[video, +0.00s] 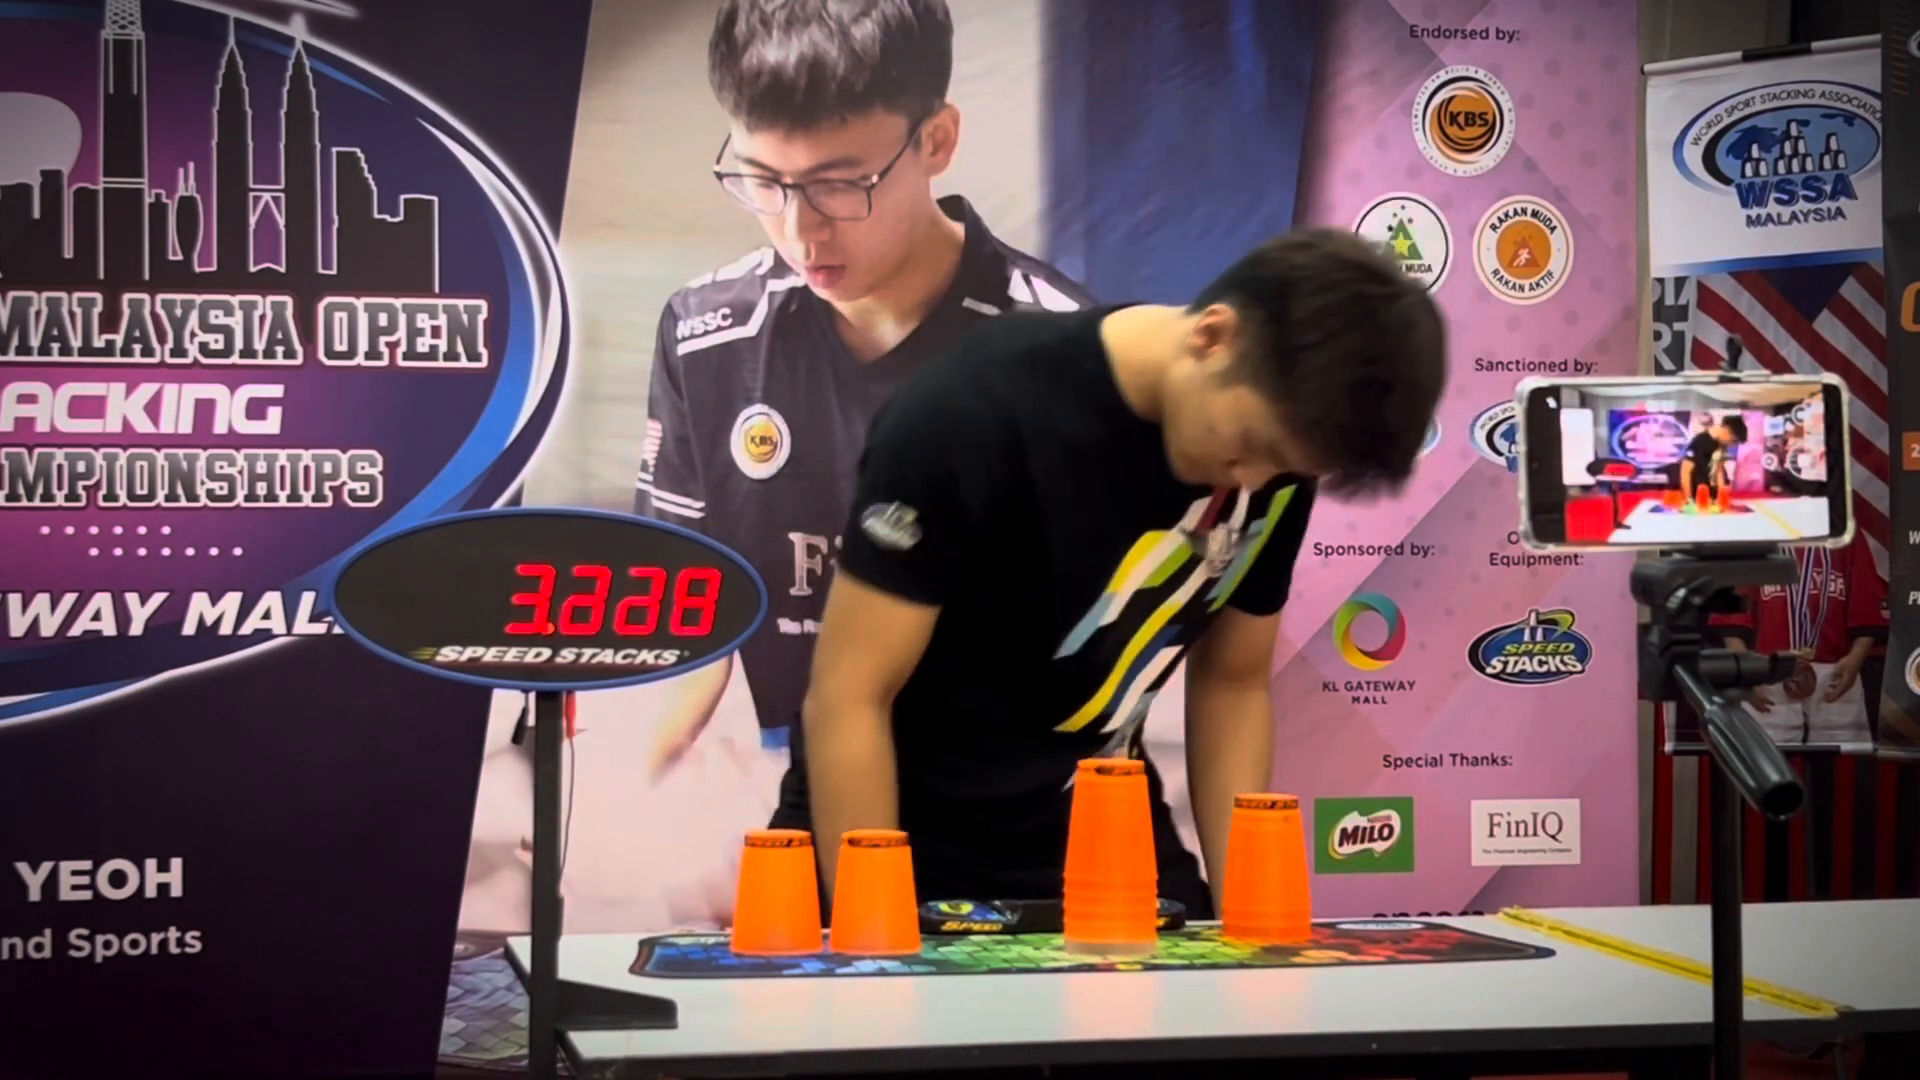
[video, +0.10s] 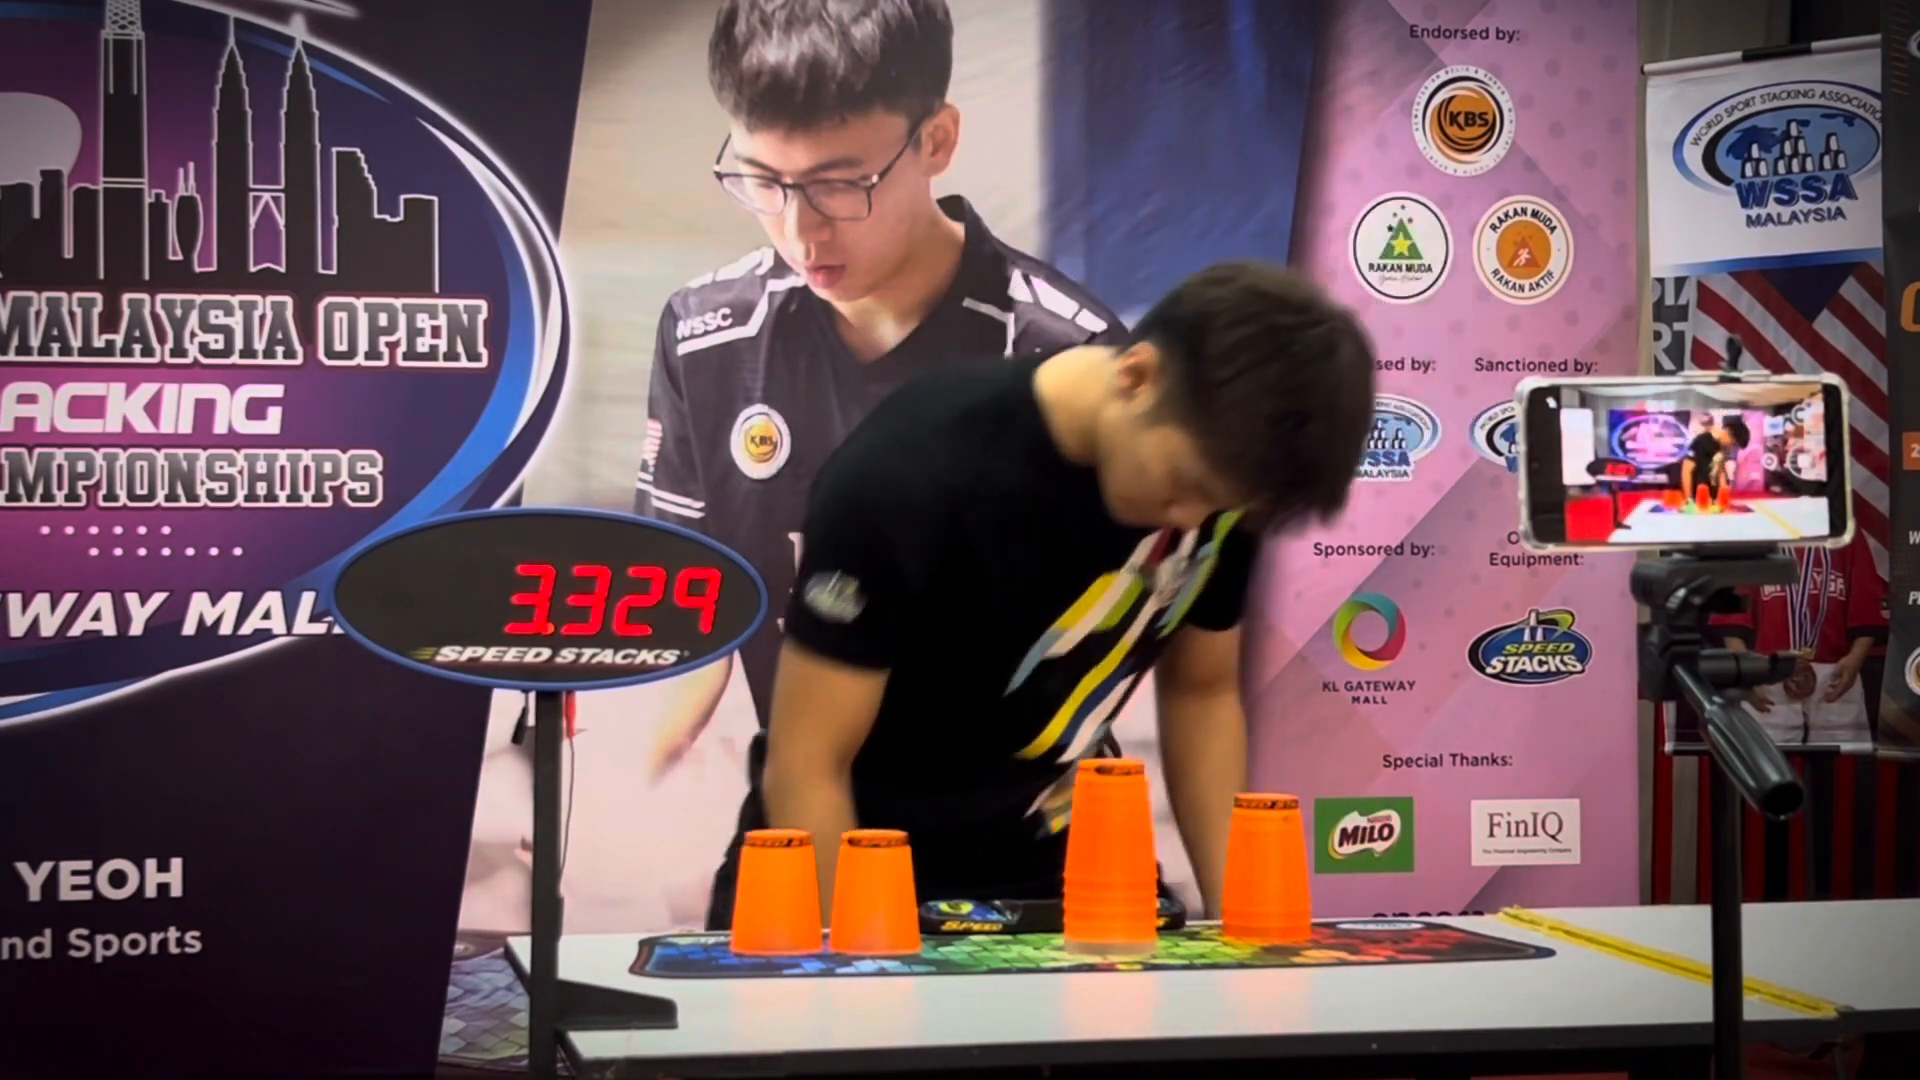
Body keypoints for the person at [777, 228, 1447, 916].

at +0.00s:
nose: (1250, 485)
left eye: (1288, 474)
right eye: (1251, 443)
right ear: (1207, 338)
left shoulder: (1277, 451)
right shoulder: (966, 410)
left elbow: (1235, 675)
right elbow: (844, 695)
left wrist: (1247, 920)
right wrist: (874, 952)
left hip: (1094, 844)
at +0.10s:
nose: (1191, 522)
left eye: (1226, 509)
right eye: (1186, 484)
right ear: (1135, 378)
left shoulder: (1226, 471)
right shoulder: (910, 468)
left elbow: (1204, 689)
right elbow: (803, 765)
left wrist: (1242, 923)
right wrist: (837, 989)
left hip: (1031, 862)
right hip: (847, 856)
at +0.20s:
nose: (1120, 584)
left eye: (1151, 564)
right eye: (1115, 547)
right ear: (1054, 443)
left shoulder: (1151, 518)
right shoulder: (844, 553)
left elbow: (1149, 704)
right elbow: (767, 892)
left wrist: (1186, 918)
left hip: (1013, 924)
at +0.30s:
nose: (1059, 642)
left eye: (1090, 620)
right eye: (1049, 607)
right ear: (974, 518)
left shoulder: (1083, 570)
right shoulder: (787, 633)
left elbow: (1103, 728)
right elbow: (723, 922)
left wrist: (1126, 902)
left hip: (999, 895)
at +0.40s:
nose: (1015, 700)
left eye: (1043, 675)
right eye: (1002, 667)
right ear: (912, 588)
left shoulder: (1034, 604)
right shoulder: (749, 701)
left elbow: (1084, 752)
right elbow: (691, 939)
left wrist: (1111, 912)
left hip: (970, 897)